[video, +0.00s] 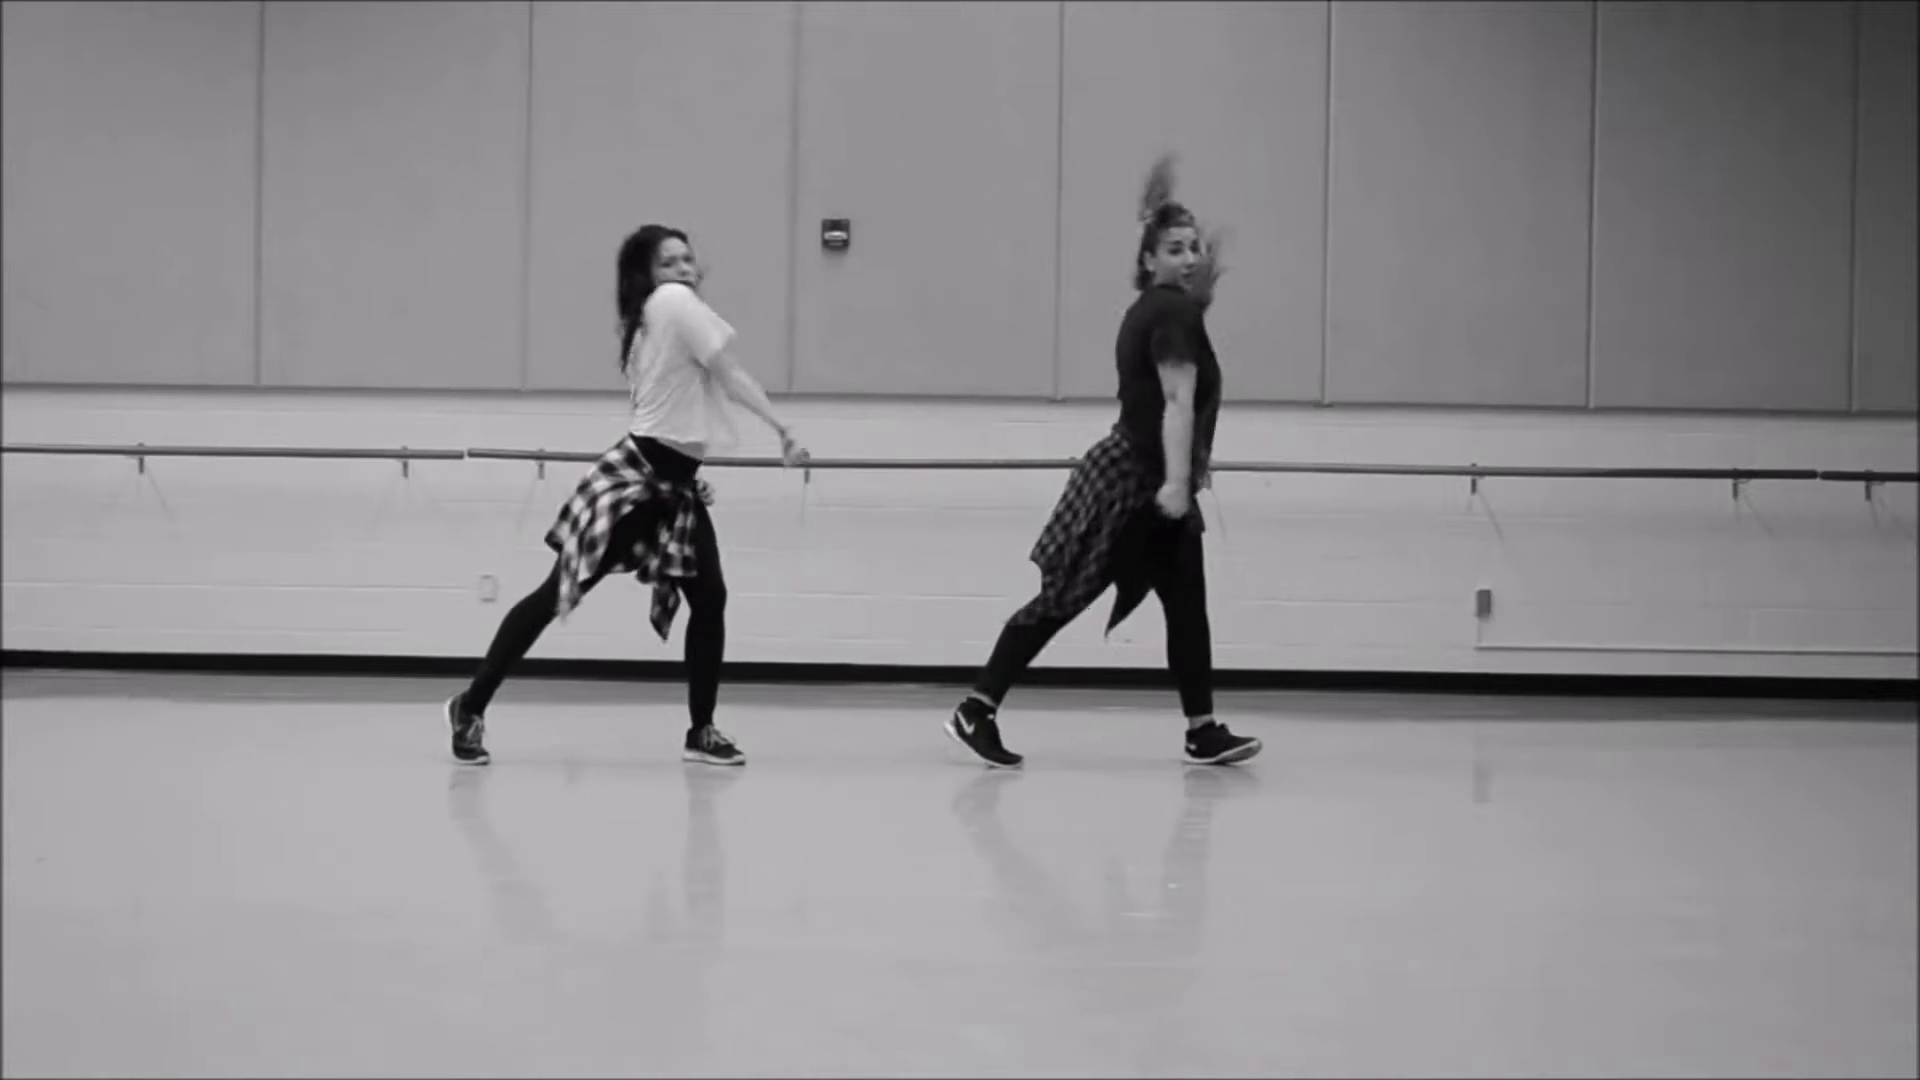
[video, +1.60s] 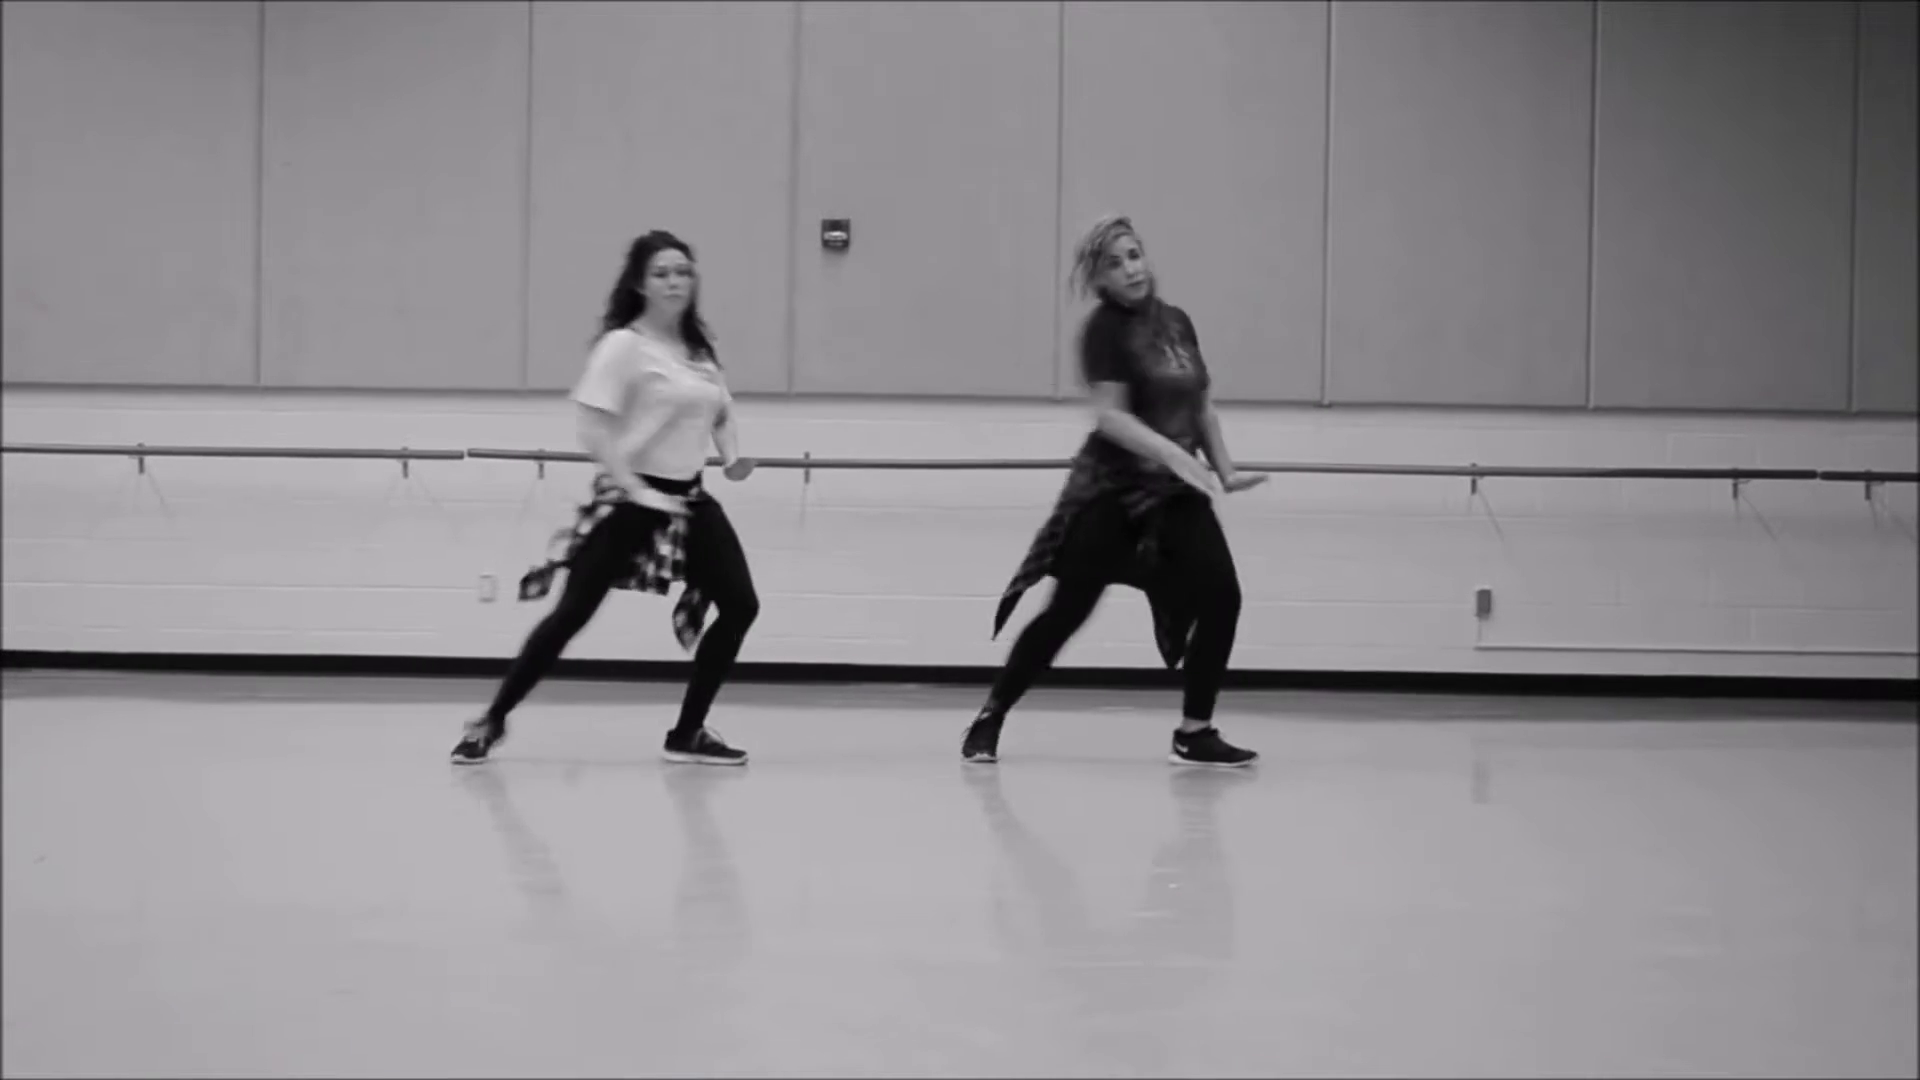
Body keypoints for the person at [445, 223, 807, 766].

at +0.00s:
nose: (686, 267)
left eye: (689, 259)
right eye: (673, 262)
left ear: (693, 264)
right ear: (648, 272)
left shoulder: (663, 310)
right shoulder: (674, 300)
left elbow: (658, 399)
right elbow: (727, 373)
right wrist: (783, 430)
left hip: (677, 485)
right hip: (643, 477)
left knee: (709, 599)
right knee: (559, 592)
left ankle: (702, 729)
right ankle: (470, 705)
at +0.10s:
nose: (673, 266)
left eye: (678, 258)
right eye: (659, 260)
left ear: (685, 263)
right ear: (634, 268)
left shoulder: (661, 309)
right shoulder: (643, 294)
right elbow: (702, 353)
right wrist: (773, 402)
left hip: (678, 482)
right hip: (640, 475)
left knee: (708, 598)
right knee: (560, 591)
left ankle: (702, 729)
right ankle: (473, 705)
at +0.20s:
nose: (665, 268)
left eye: (670, 259)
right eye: (651, 260)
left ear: (676, 266)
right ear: (625, 267)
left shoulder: (660, 315)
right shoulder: (621, 296)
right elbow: (673, 350)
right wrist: (753, 391)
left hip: (681, 479)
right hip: (636, 474)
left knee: (706, 596)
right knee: (562, 592)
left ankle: (702, 729)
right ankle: (476, 705)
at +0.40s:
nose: (660, 268)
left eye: (665, 259)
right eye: (646, 260)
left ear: (671, 269)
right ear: (618, 268)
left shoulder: (669, 336)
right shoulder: (600, 298)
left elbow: (691, 426)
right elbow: (603, 352)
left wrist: (734, 486)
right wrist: (666, 409)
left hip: (680, 477)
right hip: (626, 472)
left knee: (699, 602)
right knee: (568, 594)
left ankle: (701, 728)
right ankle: (483, 706)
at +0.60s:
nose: (655, 266)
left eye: (660, 256)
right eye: (641, 258)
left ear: (669, 265)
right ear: (616, 268)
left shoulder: (670, 335)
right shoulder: (597, 303)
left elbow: (718, 407)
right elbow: (579, 378)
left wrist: (760, 392)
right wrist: (611, 450)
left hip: (675, 479)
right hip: (623, 473)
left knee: (698, 605)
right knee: (561, 596)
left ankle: (701, 729)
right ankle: (477, 706)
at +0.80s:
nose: (643, 268)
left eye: (649, 259)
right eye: (630, 261)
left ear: (661, 266)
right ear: (607, 270)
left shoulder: (675, 330)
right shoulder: (578, 314)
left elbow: (747, 379)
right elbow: (549, 385)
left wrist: (680, 385)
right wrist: (559, 453)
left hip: (659, 479)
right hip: (585, 477)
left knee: (711, 595)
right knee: (540, 603)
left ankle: (735, 720)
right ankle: (483, 725)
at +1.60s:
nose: (675, 282)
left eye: (683, 273)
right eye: (662, 273)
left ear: (695, 283)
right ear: (639, 283)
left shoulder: (698, 350)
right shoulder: (622, 346)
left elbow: (720, 415)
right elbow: (589, 431)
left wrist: (731, 458)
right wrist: (637, 489)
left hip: (691, 501)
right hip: (630, 499)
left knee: (740, 605)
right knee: (572, 613)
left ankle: (688, 731)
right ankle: (492, 721)